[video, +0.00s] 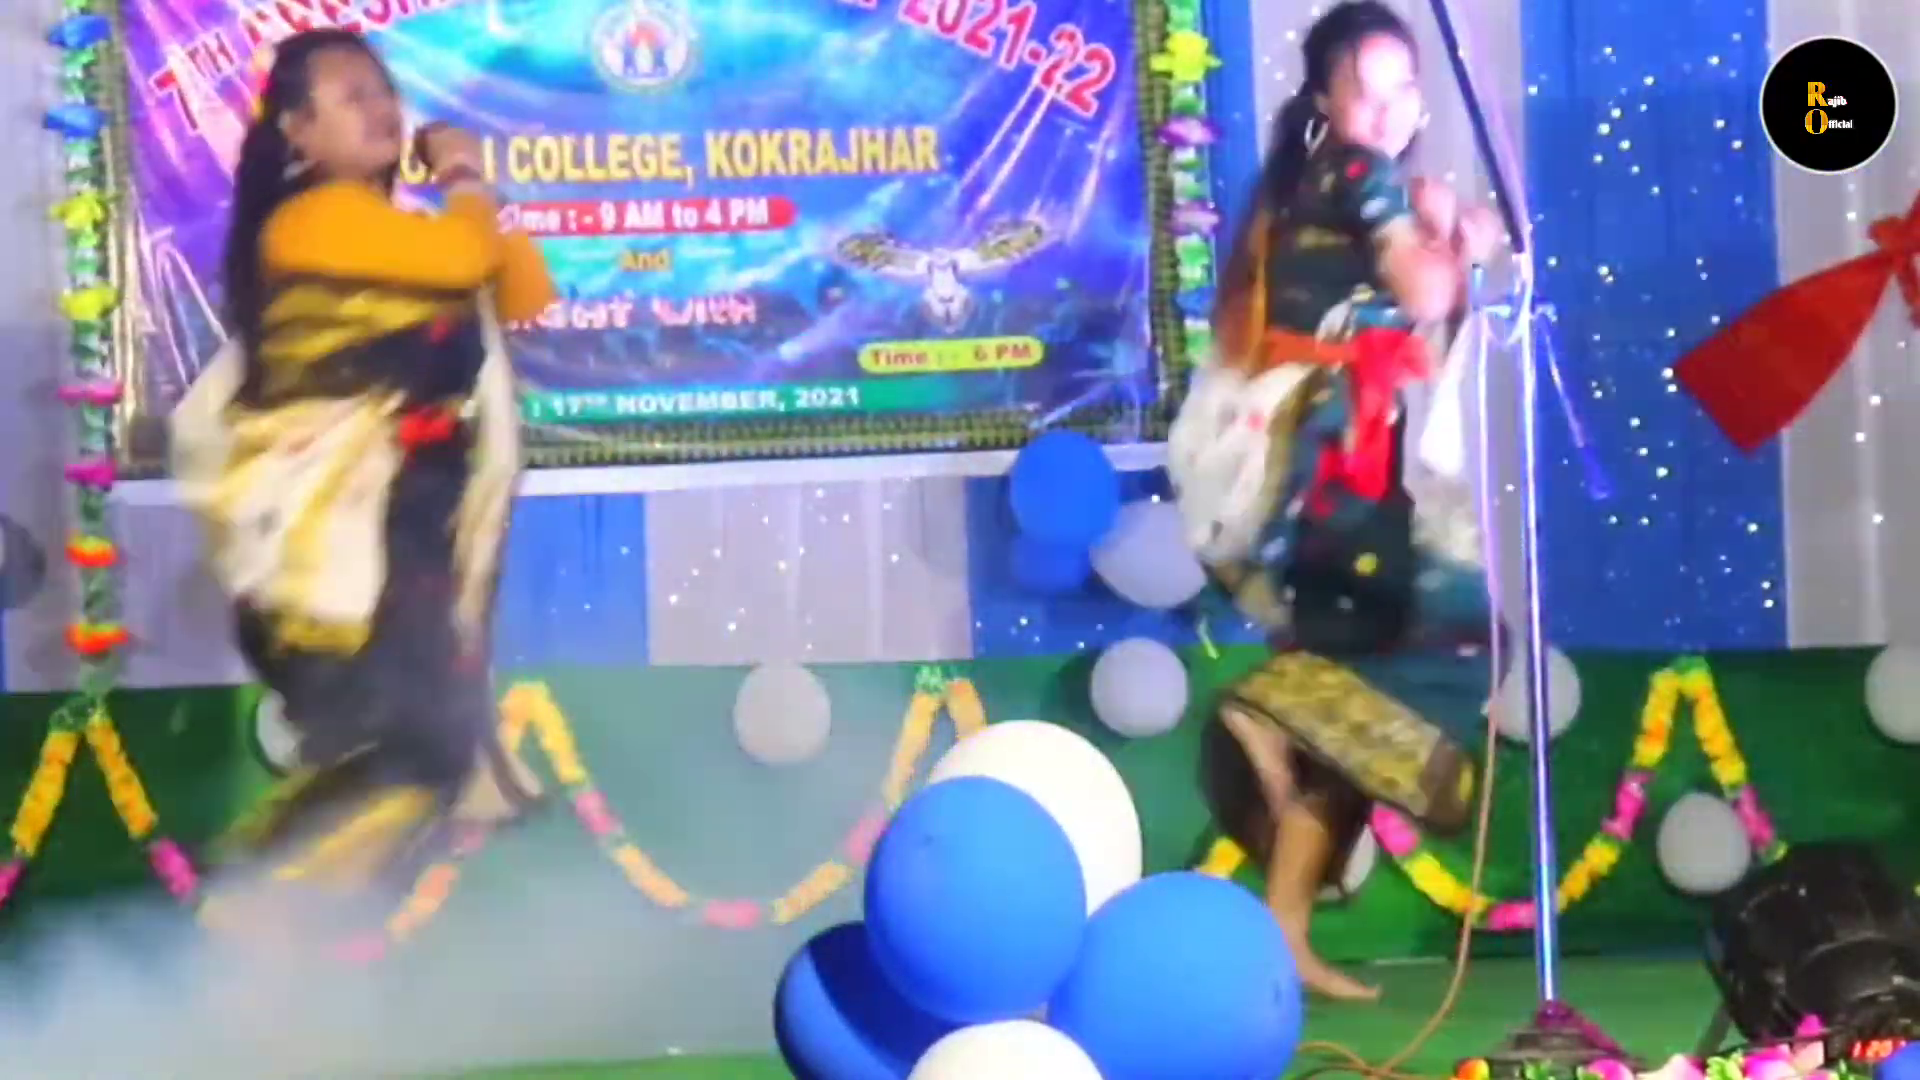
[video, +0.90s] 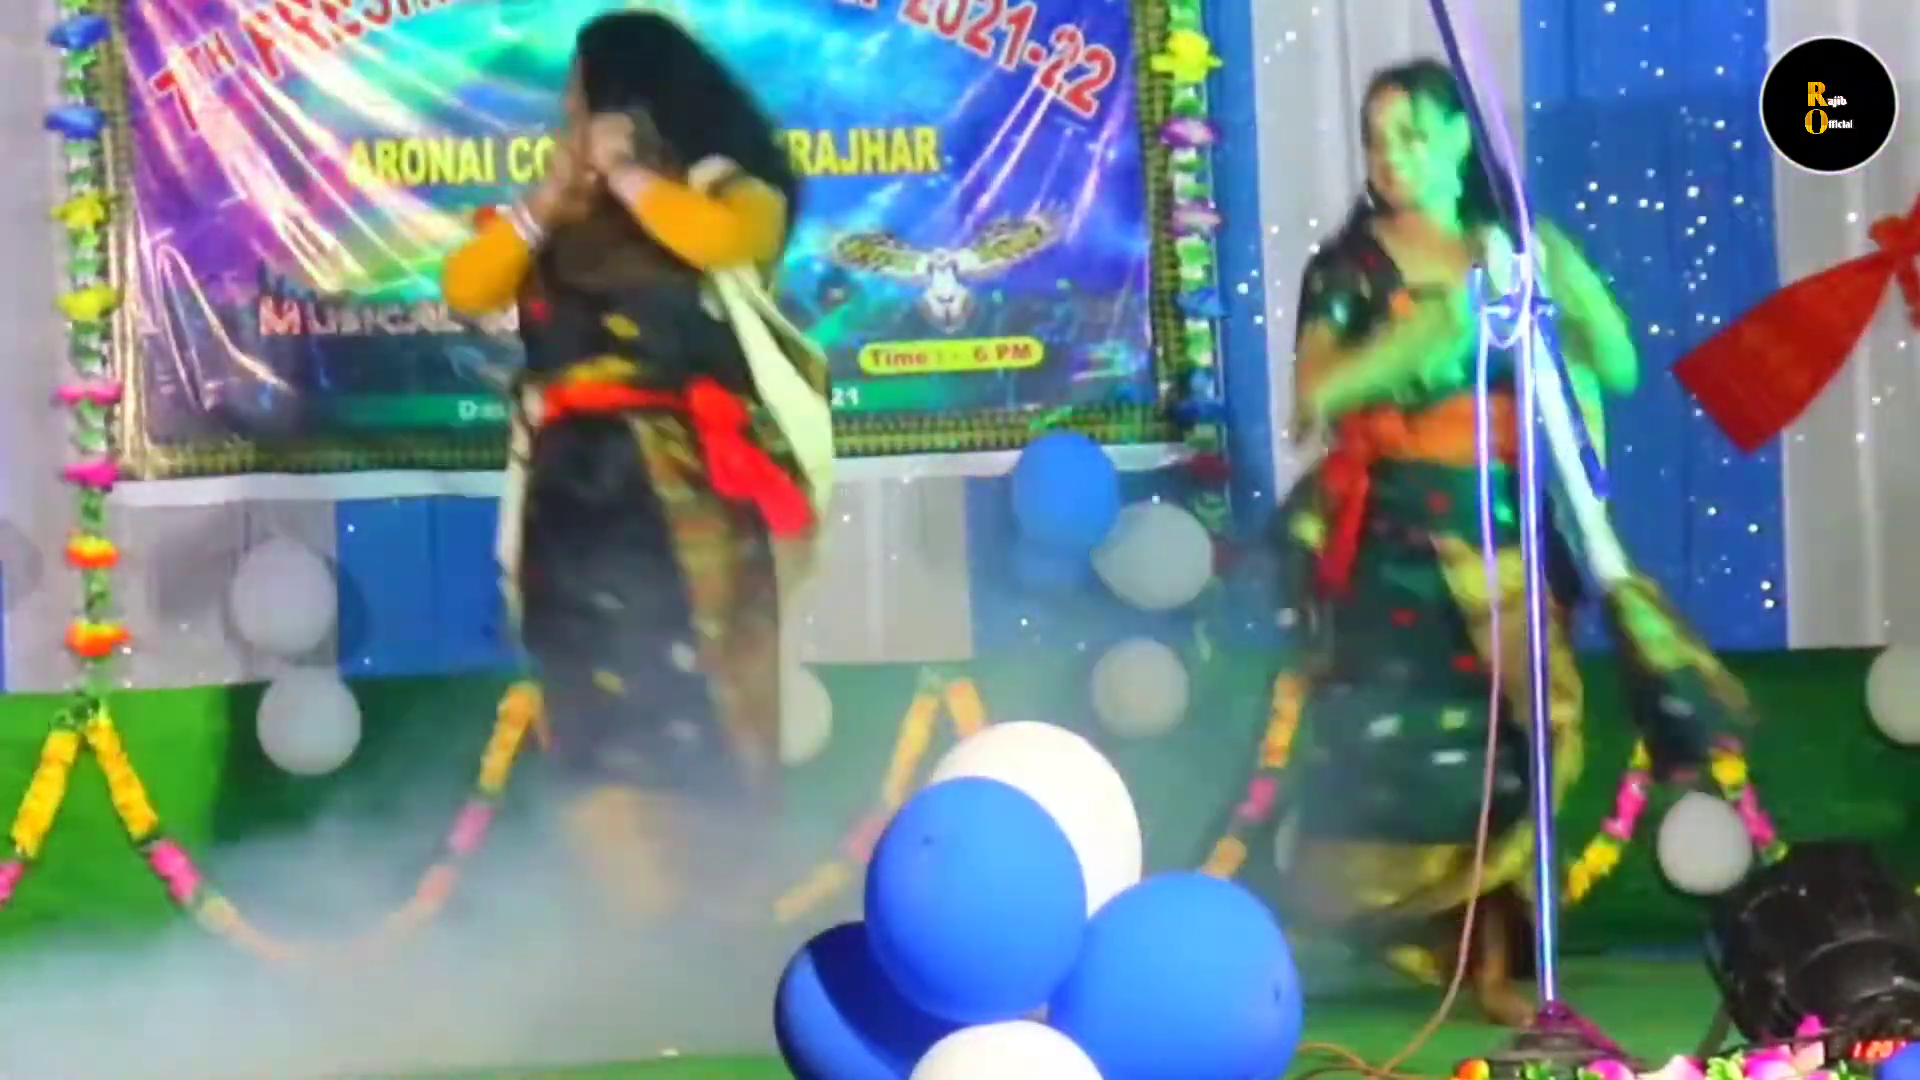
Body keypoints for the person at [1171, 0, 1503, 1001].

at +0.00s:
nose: (1401, 101)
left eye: (1406, 82)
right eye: (1382, 83)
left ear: (1362, 95)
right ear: (1332, 92)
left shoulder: (1285, 186)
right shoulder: (1364, 178)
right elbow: (1427, 296)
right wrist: (1458, 241)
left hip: (1284, 443)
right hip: (1347, 450)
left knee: (1321, 669)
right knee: (1352, 678)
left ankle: (1280, 920)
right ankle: (1285, 935)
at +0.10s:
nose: (1411, 115)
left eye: (1420, 97)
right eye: (1391, 96)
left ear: (1429, 106)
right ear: (1340, 103)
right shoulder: (1361, 204)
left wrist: (1475, 268)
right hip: (1357, 491)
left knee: (1331, 712)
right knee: (1460, 652)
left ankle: (1300, 963)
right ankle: (1374, 853)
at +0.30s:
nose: (1473, 158)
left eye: (1466, 140)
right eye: (1453, 142)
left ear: (1388, 168)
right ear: (1397, 163)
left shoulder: (1340, 276)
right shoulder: (1434, 266)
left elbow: (1312, 440)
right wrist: (1540, 508)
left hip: (1355, 566)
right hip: (1425, 562)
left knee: (1436, 767)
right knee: (1509, 765)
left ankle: (1315, 951)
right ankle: (1438, 993)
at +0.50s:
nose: (1462, 114)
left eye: (1468, 93)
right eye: (1438, 98)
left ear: (1485, 105)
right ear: (1396, 122)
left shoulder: (1470, 213)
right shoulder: (1390, 221)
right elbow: (1369, 389)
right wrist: (1447, 386)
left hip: (1493, 507)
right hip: (1423, 515)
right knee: (1460, 730)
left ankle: (1441, 978)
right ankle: (1437, 981)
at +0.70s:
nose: (1427, 162)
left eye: (1448, 140)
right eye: (1412, 143)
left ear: (1491, 153)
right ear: (1395, 169)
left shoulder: (1527, 292)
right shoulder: (1368, 302)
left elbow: (1590, 447)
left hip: (1517, 562)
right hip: (1409, 569)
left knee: (1589, 757)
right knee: (1462, 744)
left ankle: (1499, 962)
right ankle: (1441, 986)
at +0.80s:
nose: (1421, 181)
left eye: (1441, 161)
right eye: (1404, 166)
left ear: (1482, 175)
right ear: (1389, 184)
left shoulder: (1536, 292)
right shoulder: (1371, 292)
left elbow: (1579, 417)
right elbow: (1321, 413)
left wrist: (1629, 511)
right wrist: (1365, 525)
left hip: (1532, 528)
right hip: (1425, 529)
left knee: (1556, 729)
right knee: (1443, 731)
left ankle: (1549, 952)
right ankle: (1424, 956)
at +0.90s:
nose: (1397, 155)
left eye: (1415, 135)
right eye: (1382, 140)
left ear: (1460, 143)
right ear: (1366, 154)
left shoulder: (1522, 252)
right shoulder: (1347, 268)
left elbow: (1618, 369)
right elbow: (1314, 397)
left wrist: (1565, 287)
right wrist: (1414, 336)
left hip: (1516, 519)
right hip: (1396, 529)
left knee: (1525, 733)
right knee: (1401, 733)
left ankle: (1498, 961)